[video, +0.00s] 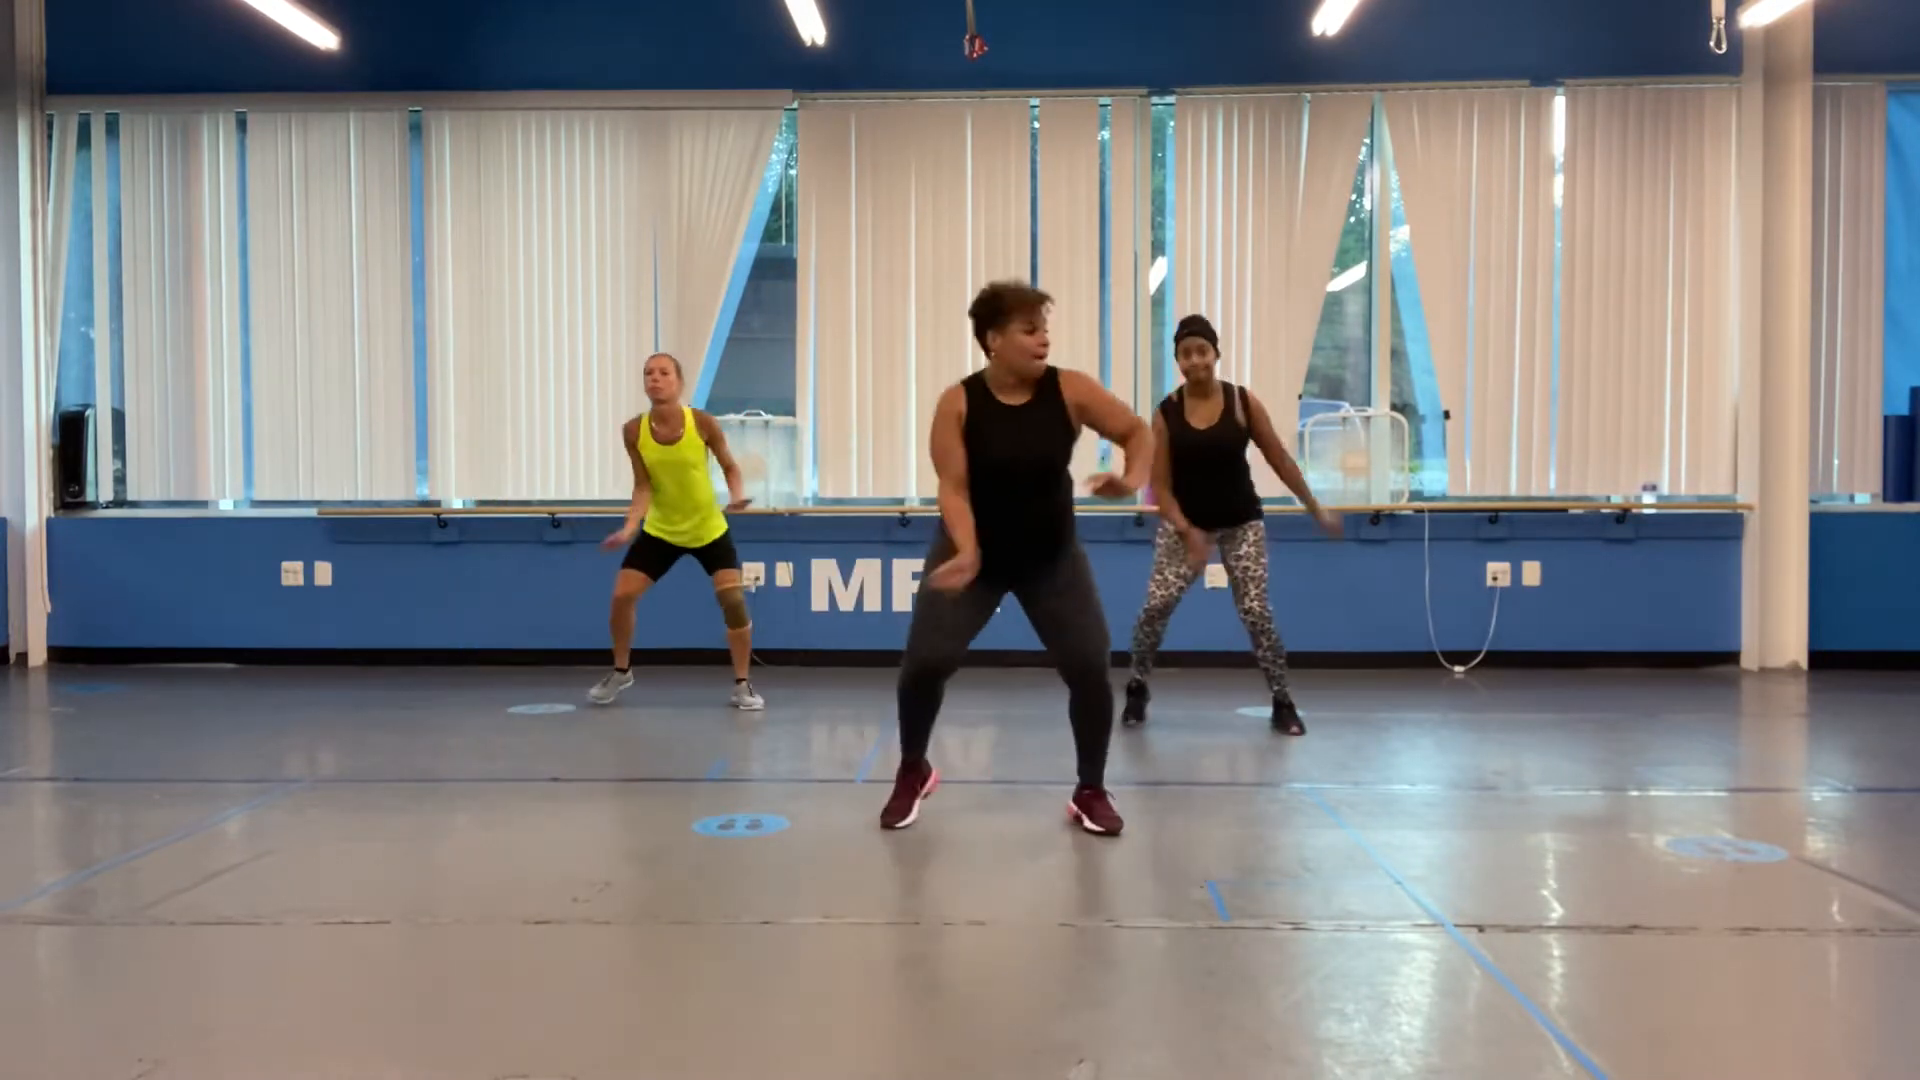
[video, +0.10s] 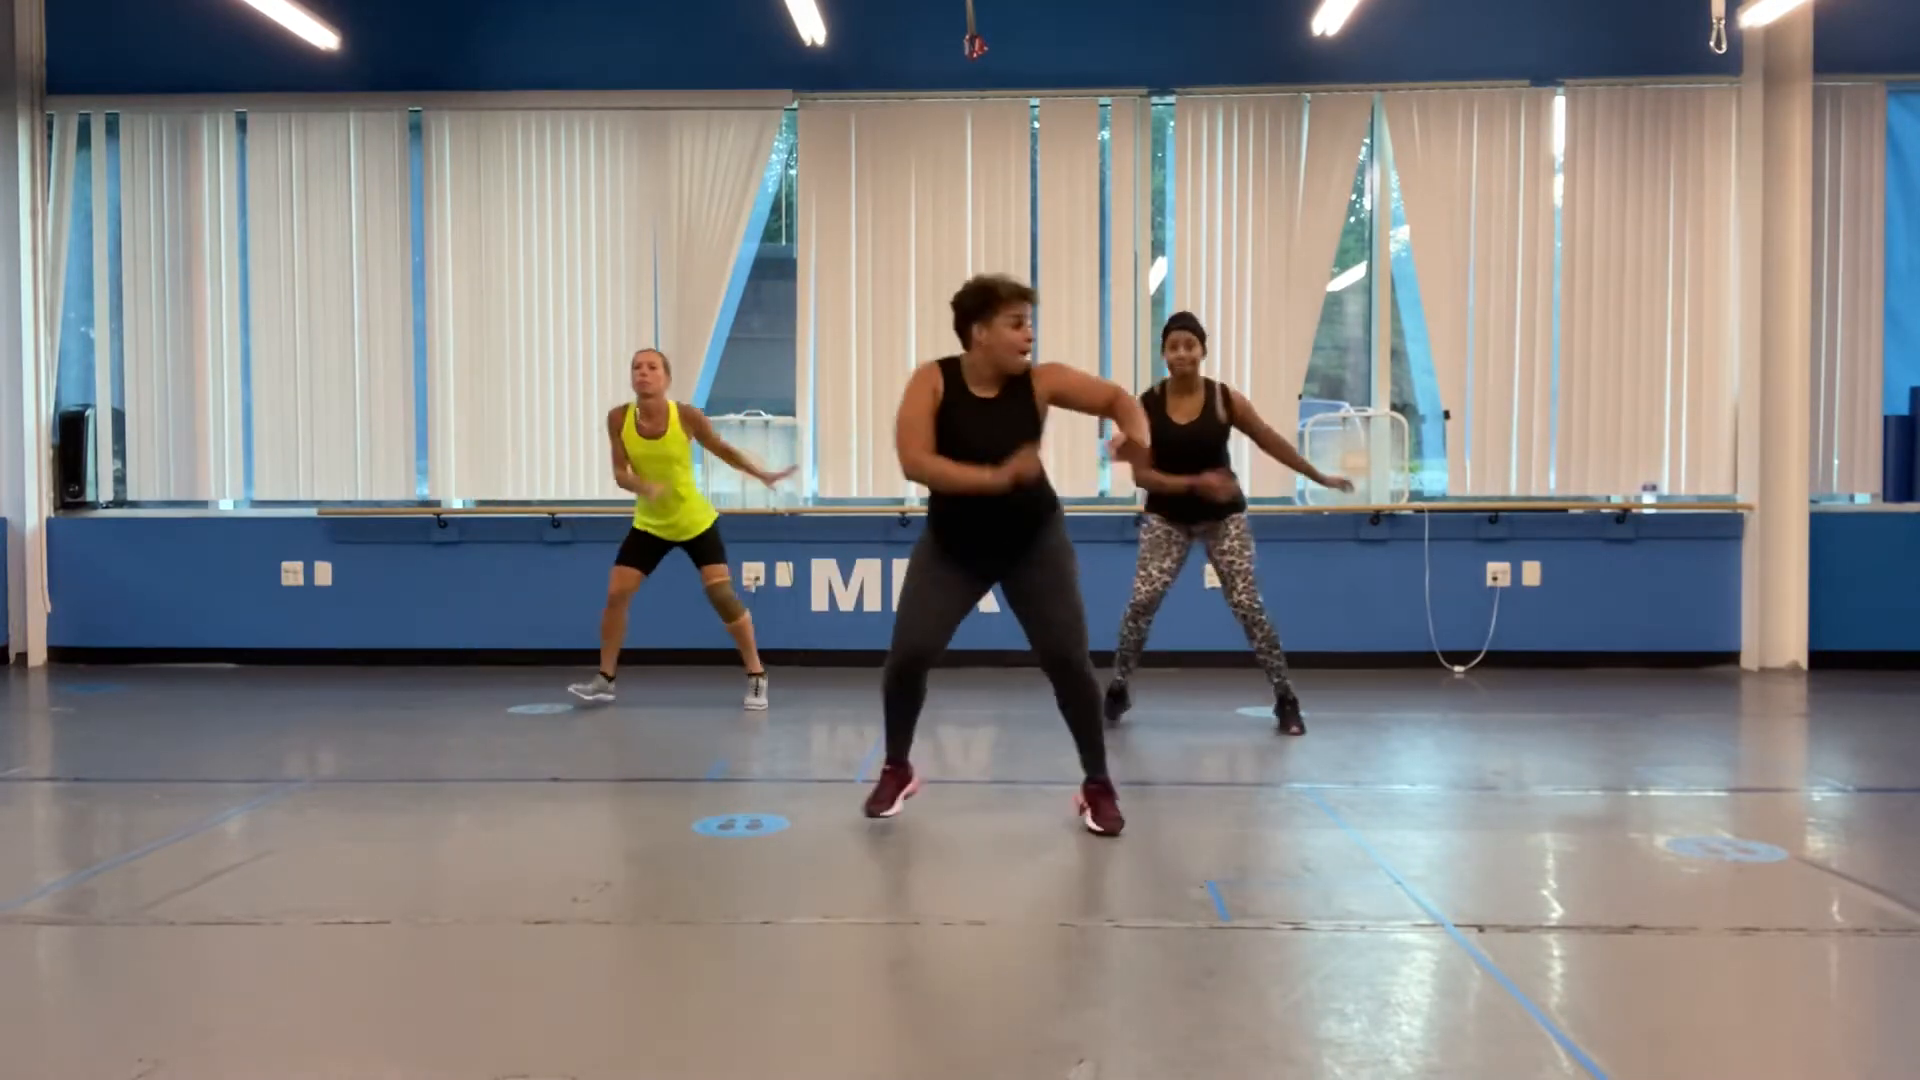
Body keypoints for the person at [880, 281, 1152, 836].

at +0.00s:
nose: (1044, 339)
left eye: (1045, 328)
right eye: (1030, 331)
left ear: (1048, 332)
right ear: (992, 341)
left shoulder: (1071, 391)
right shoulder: (957, 404)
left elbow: (1138, 433)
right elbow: (951, 486)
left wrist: (1130, 478)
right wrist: (967, 549)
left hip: (1051, 555)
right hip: (971, 553)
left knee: (1090, 666)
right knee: (923, 665)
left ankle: (1091, 790)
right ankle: (913, 769)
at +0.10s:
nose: (1028, 334)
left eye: (1029, 324)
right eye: (1015, 325)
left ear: (1028, 329)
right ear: (975, 332)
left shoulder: (1041, 382)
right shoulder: (932, 382)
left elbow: (1118, 399)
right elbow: (914, 461)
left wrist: (1138, 438)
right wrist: (996, 476)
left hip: (1033, 544)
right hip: (952, 545)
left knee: (1067, 659)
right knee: (907, 656)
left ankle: (1097, 784)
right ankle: (896, 767)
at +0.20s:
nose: (1007, 344)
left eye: (1007, 334)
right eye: (994, 335)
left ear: (1001, 341)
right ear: (954, 341)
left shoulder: (1017, 390)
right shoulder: (913, 376)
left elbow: (1082, 423)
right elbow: (875, 434)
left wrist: (1111, 432)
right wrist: (959, 430)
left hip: (1005, 541)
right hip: (930, 551)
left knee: (1057, 646)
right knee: (898, 669)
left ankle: (1113, 736)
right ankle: (881, 789)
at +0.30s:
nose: (997, 348)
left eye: (996, 338)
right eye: (984, 339)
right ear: (945, 347)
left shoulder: (1006, 413)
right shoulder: (899, 384)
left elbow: (1041, 487)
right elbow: (839, 426)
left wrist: (1078, 471)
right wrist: (917, 448)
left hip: (991, 551)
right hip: (912, 555)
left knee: (1037, 642)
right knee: (883, 674)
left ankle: (1091, 710)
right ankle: (880, 791)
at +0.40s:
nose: (981, 346)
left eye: (985, 334)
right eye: (966, 335)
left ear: (991, 338)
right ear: (934, 341)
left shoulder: (1005, 411)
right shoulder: (897, 379)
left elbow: (997, 499)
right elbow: (817, 400)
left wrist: (1033, 496)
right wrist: (856, 458)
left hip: (986, 552)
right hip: (905, 551)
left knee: (1031, 658)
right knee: (881, 672)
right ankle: (879, 791)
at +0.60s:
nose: (929, 357)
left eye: (938, 345)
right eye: (925, 347)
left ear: (978, 337)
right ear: (926, 344)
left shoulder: (1027, 368)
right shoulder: (922, 372)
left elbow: (1053, 448)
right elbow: (851, 375)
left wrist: (988, 427)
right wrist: (806, 391)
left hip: (999, 537)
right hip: (922, 532)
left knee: (1040, 652)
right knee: (893, 655)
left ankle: (1058, 776)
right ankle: (867, 777)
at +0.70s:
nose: (933, 372)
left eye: (941, 360)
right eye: (930, 361)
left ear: (980, 351)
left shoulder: (1030, 376)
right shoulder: (928, 404)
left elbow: (1078, 436)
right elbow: (866, 443)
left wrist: (999, 445)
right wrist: (819, 427)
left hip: (1018, 550)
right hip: (942, 544)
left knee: (1053, 666)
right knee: (900, 650)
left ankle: (1064, 790)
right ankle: (853, 738)